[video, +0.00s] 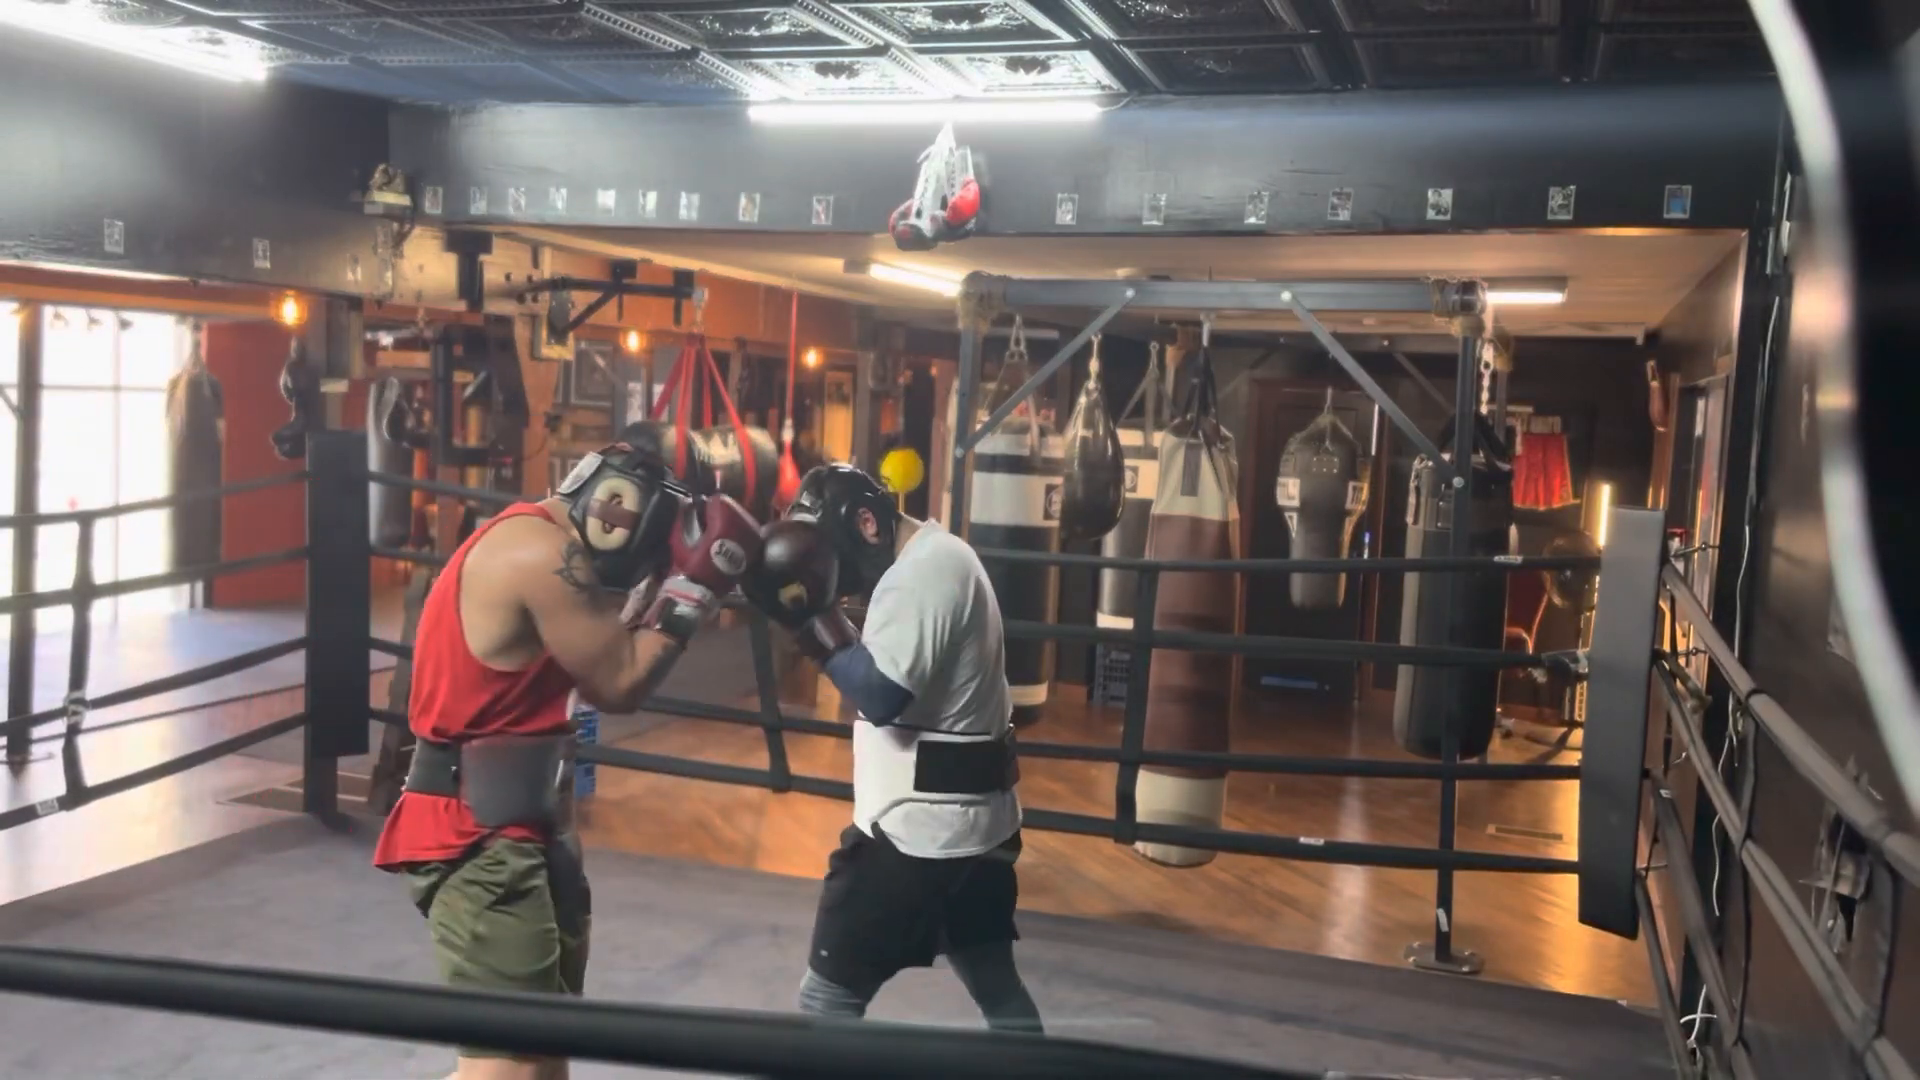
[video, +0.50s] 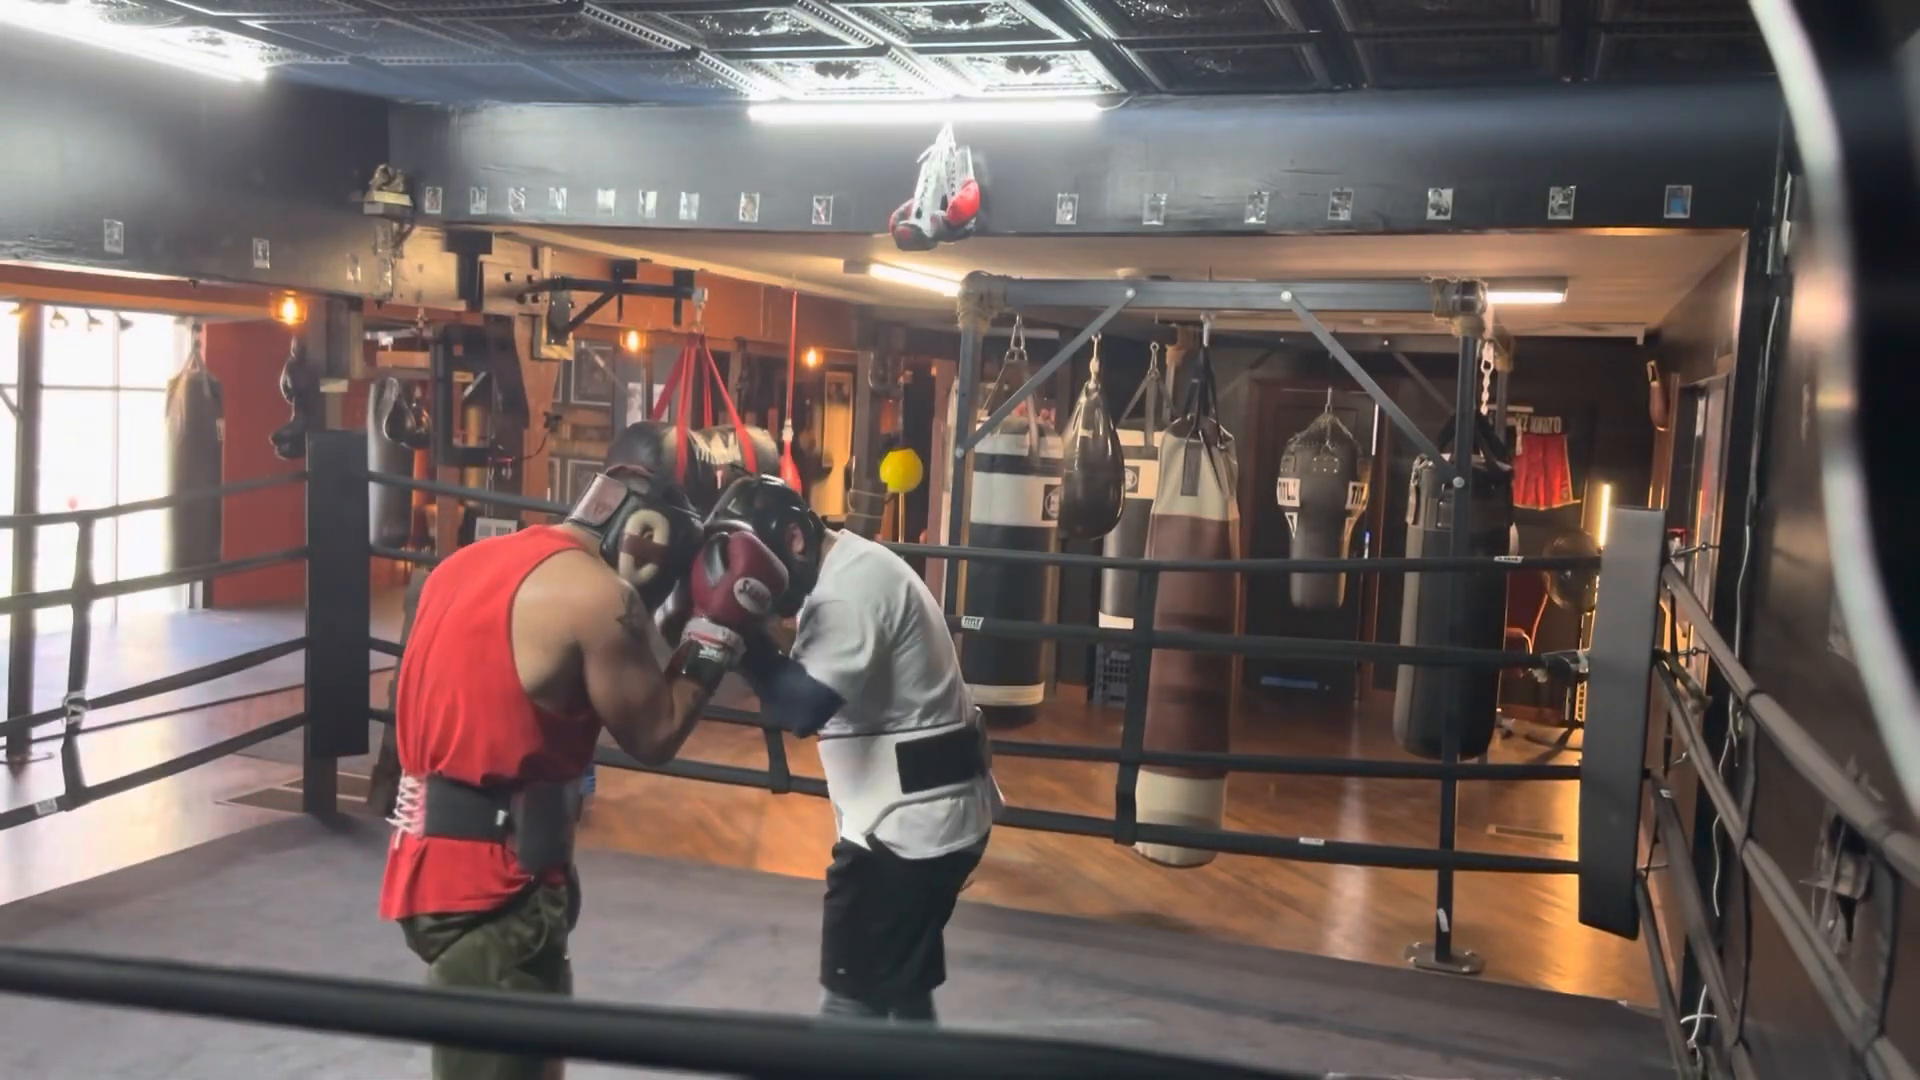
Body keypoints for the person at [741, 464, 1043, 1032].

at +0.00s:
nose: (837, 569)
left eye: (835, 551)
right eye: (828, 556)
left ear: (868, 524)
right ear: (874, 521)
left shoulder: (920, 577)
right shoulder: (948, 556)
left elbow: (881, 697)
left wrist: (811, 623)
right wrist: (828, 619)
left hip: (915, 835)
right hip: (982, 825)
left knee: (826, 1002)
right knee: (995, 984)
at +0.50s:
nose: (750, 577)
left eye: (752, 558)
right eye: (742, 563)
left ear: (794, 539)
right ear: (799, 536)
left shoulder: (851, 584)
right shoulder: (854, 566)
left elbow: (802, 710)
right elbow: (803, 690)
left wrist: (746, 636)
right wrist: (749, 635)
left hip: (909, 822)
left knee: (851, 1008)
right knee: (904, 1000)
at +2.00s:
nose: (625, 560)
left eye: (624, 543)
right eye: (617, 547)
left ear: (657, 530)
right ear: (674, 525)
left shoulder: (705, 572)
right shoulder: (757, 559)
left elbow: (684, 705)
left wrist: (614, 644)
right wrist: (613, 639)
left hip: (743, 831)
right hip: (818, 827)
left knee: (631, 1006)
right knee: (755, 1001)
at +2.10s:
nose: (613, 566)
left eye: (608, 549)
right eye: (604, 554)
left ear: (636, 528)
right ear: (669, 517)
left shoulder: (682, 570)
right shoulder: (749, 556)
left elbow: (650, 709)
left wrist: (589, 660)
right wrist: (601, 646)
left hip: (711, 838)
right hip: (791, 835)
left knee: (626, 1014)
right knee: (755, 998)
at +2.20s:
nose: (608, 560)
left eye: (606, 543)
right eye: (601, 547)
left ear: (630, 525)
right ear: (680, 509)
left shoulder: (666, 576)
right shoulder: (758, 563)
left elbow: (622, 708)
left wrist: (573, 657)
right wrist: (590, 644)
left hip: (690, 848)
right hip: (773, 846)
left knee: (607, 1028)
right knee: (745, 1009)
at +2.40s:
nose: (568, 553)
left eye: (570, 535)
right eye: (565, 537)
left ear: (599, 520)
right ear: (651, 513)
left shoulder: (606, 587)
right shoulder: (739, 575)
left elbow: (528, 701)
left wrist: (512, 615)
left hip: (626, 875)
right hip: (728, 871)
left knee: (555, 1044)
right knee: (721, 1016)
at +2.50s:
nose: (534, 556)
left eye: (531, 538)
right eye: (527, 542)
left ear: (560, 521)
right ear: (604, 511)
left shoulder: (580, 582)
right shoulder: (700, 566)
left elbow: (503, 702)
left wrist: (470, 621)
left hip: (605, 876)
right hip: (708, 869)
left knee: (558, 1049)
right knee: (692, 1017)